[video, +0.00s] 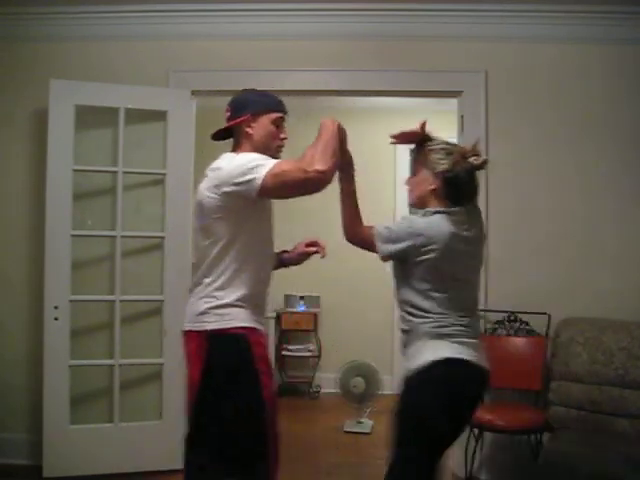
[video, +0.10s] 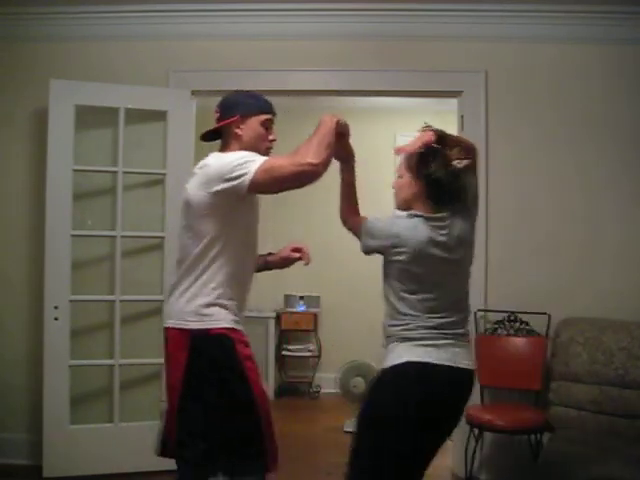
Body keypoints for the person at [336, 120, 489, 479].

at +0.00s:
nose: (408, 180)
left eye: (416, 173)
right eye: (413, 172)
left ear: (437, 184)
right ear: (449, 186)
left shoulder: (422, 229)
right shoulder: (471, 224)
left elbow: (354, 232)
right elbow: (454, 178)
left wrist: (345, 169)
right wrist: (425, 144)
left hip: (435, 369)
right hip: (470, 368)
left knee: (407, 471)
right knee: (418, 470)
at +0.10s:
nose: (394, 182)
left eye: (400, 175)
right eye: (398, 174)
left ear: (420, 184)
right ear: (440, 184)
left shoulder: (400, 231)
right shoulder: (462, 227)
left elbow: (350, 219)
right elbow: (469, 154)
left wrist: (346, 164)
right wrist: (436, 135)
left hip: (409, 372)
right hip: (456, 373)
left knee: (368, 471)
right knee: (408, 472)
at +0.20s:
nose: (382, 184)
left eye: (387, 178)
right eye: (384, 177)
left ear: (403, 183)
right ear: (427, 183)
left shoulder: (379, 229)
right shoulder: (450, 223)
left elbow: (359, 203)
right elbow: (482, 163)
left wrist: (353, 157)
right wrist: (452, 146)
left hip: (388, 364)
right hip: (442, 368)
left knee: (365, 464)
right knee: (407, 467)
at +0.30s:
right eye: (418, 172)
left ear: (381, 186)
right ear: (419, 185)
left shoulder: (366, 225)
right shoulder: (434, 226)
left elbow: (377, 177)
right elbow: (484, 179)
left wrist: (364, 144)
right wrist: (445, 155)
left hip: (369, 359)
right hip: (420, 366)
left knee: (369, 459)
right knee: (400, 466)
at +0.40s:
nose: (409, 176)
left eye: (404, 169)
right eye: (404, 171)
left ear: (372, 188)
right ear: (397, 182)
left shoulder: (369, 228)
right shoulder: (414, 228)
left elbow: (399, 173)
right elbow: (468, 193)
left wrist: (377, 138)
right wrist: (427, 161)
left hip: (366, 356)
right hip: (400, 366)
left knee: (370, 458)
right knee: (399, 465)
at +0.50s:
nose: (409, 167)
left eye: (404, 163)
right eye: (399, 164)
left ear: (387, 185)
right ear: (378, 186)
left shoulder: (407, 219)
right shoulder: (374, 224)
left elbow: (425, 158)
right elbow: (419, 193)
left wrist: (379, 134)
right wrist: (378, 168)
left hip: (393, 361)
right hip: (379, 363)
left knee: (368, 459)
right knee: (408, 465)